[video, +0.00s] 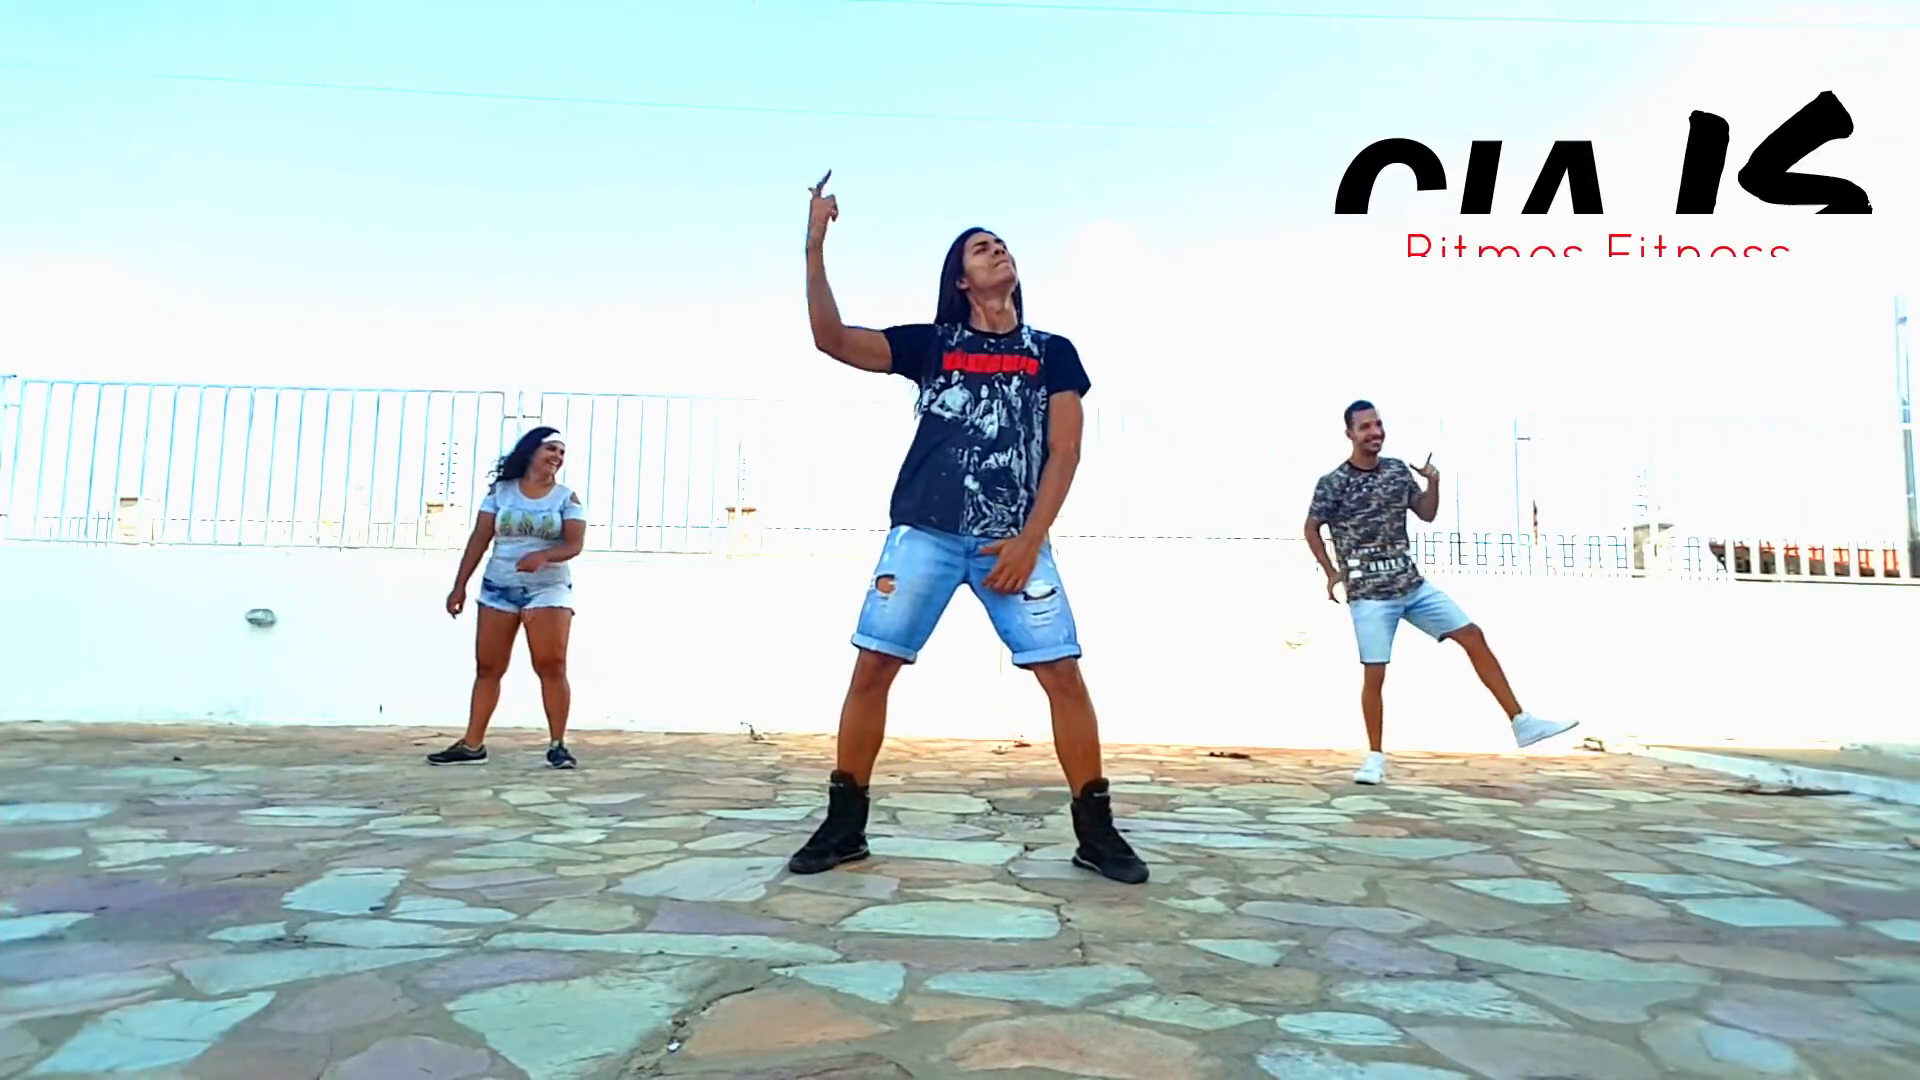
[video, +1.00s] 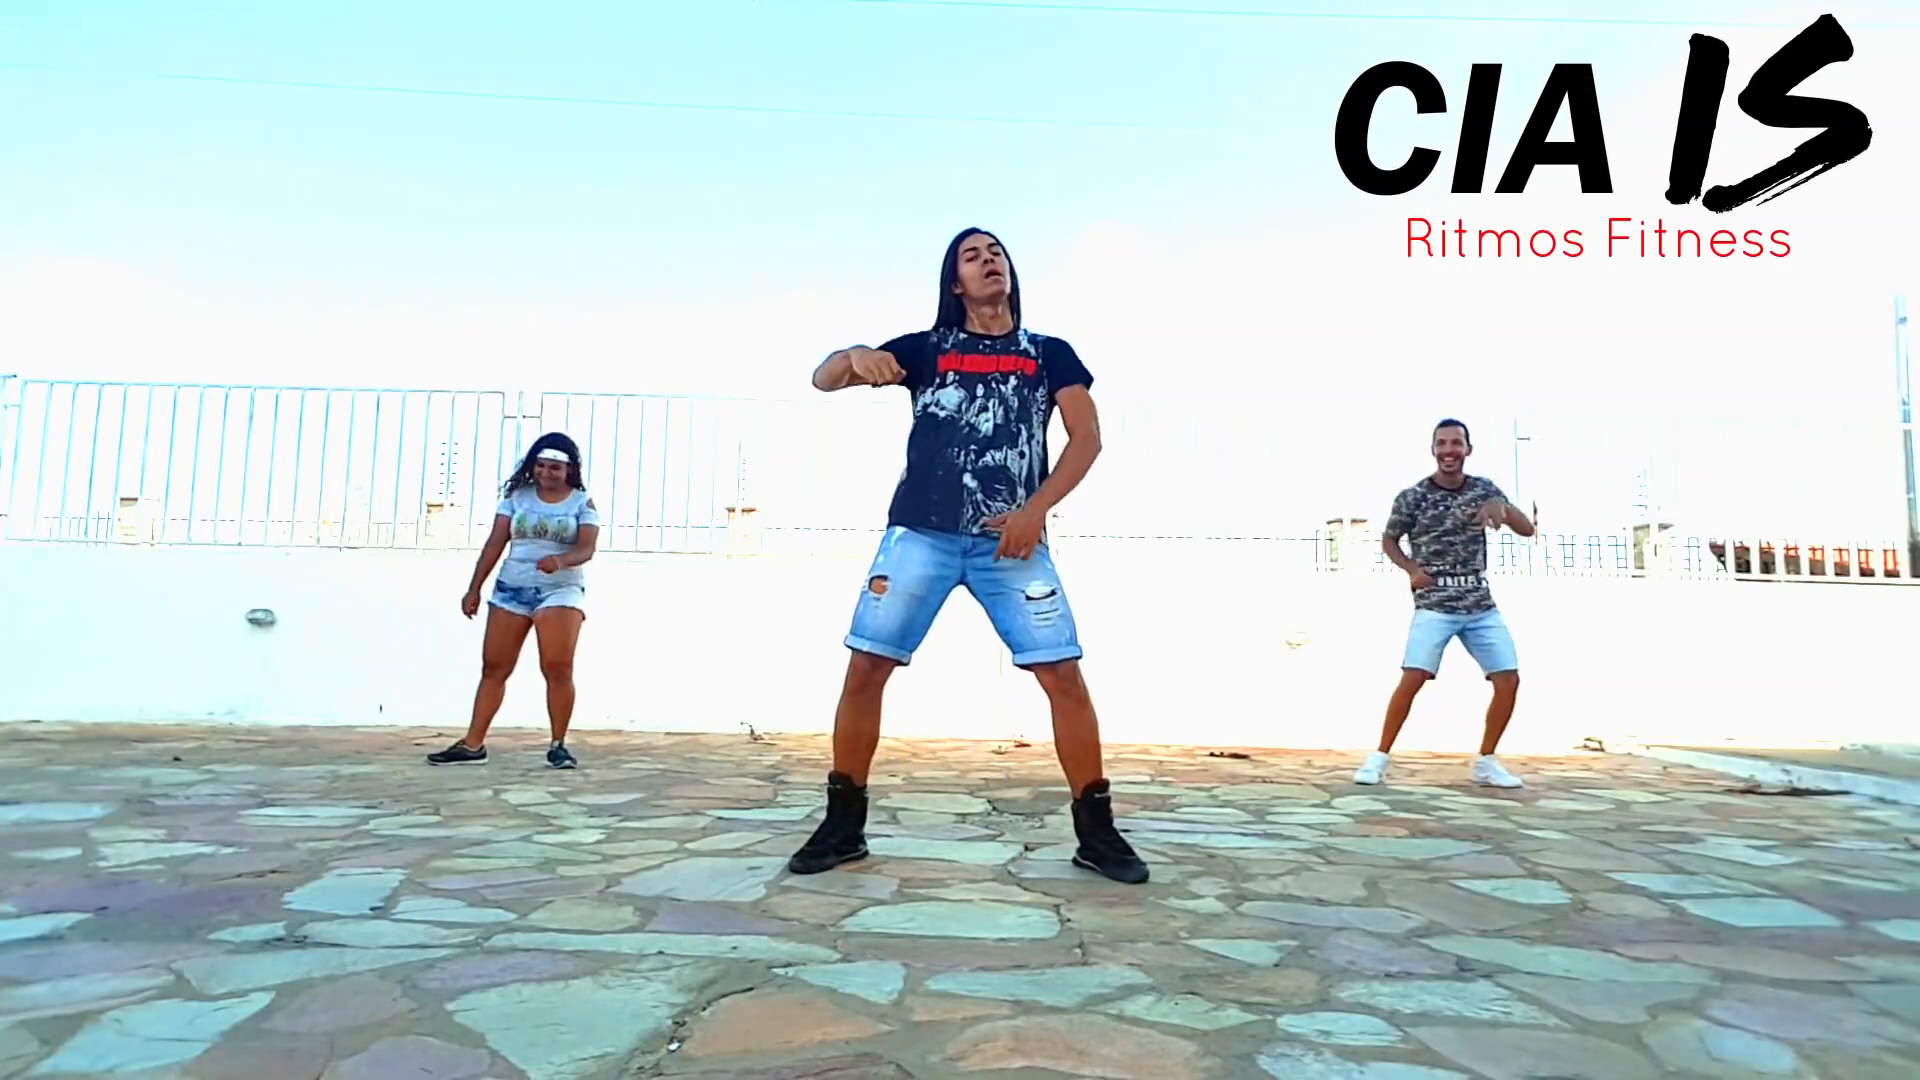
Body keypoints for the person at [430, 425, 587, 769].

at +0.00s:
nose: (556, 456)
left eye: (561, 452)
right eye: (550, 448)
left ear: (563, 460)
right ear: (530, 451)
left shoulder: (567, 498)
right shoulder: (501, 491)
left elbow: (574, 545)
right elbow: (480, 538)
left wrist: (545, 556)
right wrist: (460, 584)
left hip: (547, 591)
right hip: (499, 589)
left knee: (551, 666)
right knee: (488, 668)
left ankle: (557, 744)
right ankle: (472, 743)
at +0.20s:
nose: (560, 458)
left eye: (564, 453)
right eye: (553, 451)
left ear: (566, 460)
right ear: (532, 454)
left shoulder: (569, 500)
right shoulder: (502, 491)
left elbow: (573, 544)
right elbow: (479, 538)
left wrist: (530, 531)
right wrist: (459, 583)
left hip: (553, 591)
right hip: (501, 589)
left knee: (556, 668)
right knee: (482, 667)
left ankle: (562, 743)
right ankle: (472, 743)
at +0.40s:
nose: (555, 455)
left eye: (560, 451)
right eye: (547, 449)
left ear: (566, 461)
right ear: (530, 454)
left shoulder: (572, 500)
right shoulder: (504, 493)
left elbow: (580, 542)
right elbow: (485, 539)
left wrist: (558, 561)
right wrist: (469, 580)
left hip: (551, 591)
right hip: (501, 588)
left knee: (555, 667)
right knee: (486, 667)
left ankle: (560, 743)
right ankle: (472, 743)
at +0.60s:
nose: (548, 455)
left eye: (555, 451)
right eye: (541, 449)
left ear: (562, 459)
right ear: (528, 455)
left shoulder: (570, 499)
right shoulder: (507, 494)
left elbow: (583, 548)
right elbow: (489, 536)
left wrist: (593, 592)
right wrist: (491, 558)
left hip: (550, 587)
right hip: (503, 586)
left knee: (552, 667)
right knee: (486, 667)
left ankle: (557, 744)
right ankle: (472, 743)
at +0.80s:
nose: (545, 461)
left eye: (553, 456)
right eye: (538, 454)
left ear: (564, 462)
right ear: (527, 459)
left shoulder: (576, 500)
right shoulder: (511, 495)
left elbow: (588, 548)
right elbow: (494, 536)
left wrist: (589, 589)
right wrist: (483, 568)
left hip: (554, 586)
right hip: (508, 584)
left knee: (552, 666)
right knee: (490, 665)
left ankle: (558, 744)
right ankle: (472, 743)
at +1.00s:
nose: (549, 473)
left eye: (557, 468)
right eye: (543, 466)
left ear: (570, 470)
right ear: (533, 467)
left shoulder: (582, 504)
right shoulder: (515, 498)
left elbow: (586, 549)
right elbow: (495, 544)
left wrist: (562, 560)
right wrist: (475, 587)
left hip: (559, 593)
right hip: (511, 590)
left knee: (558, 668)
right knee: (493, 668)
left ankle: (558, 745)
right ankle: (472, 743)